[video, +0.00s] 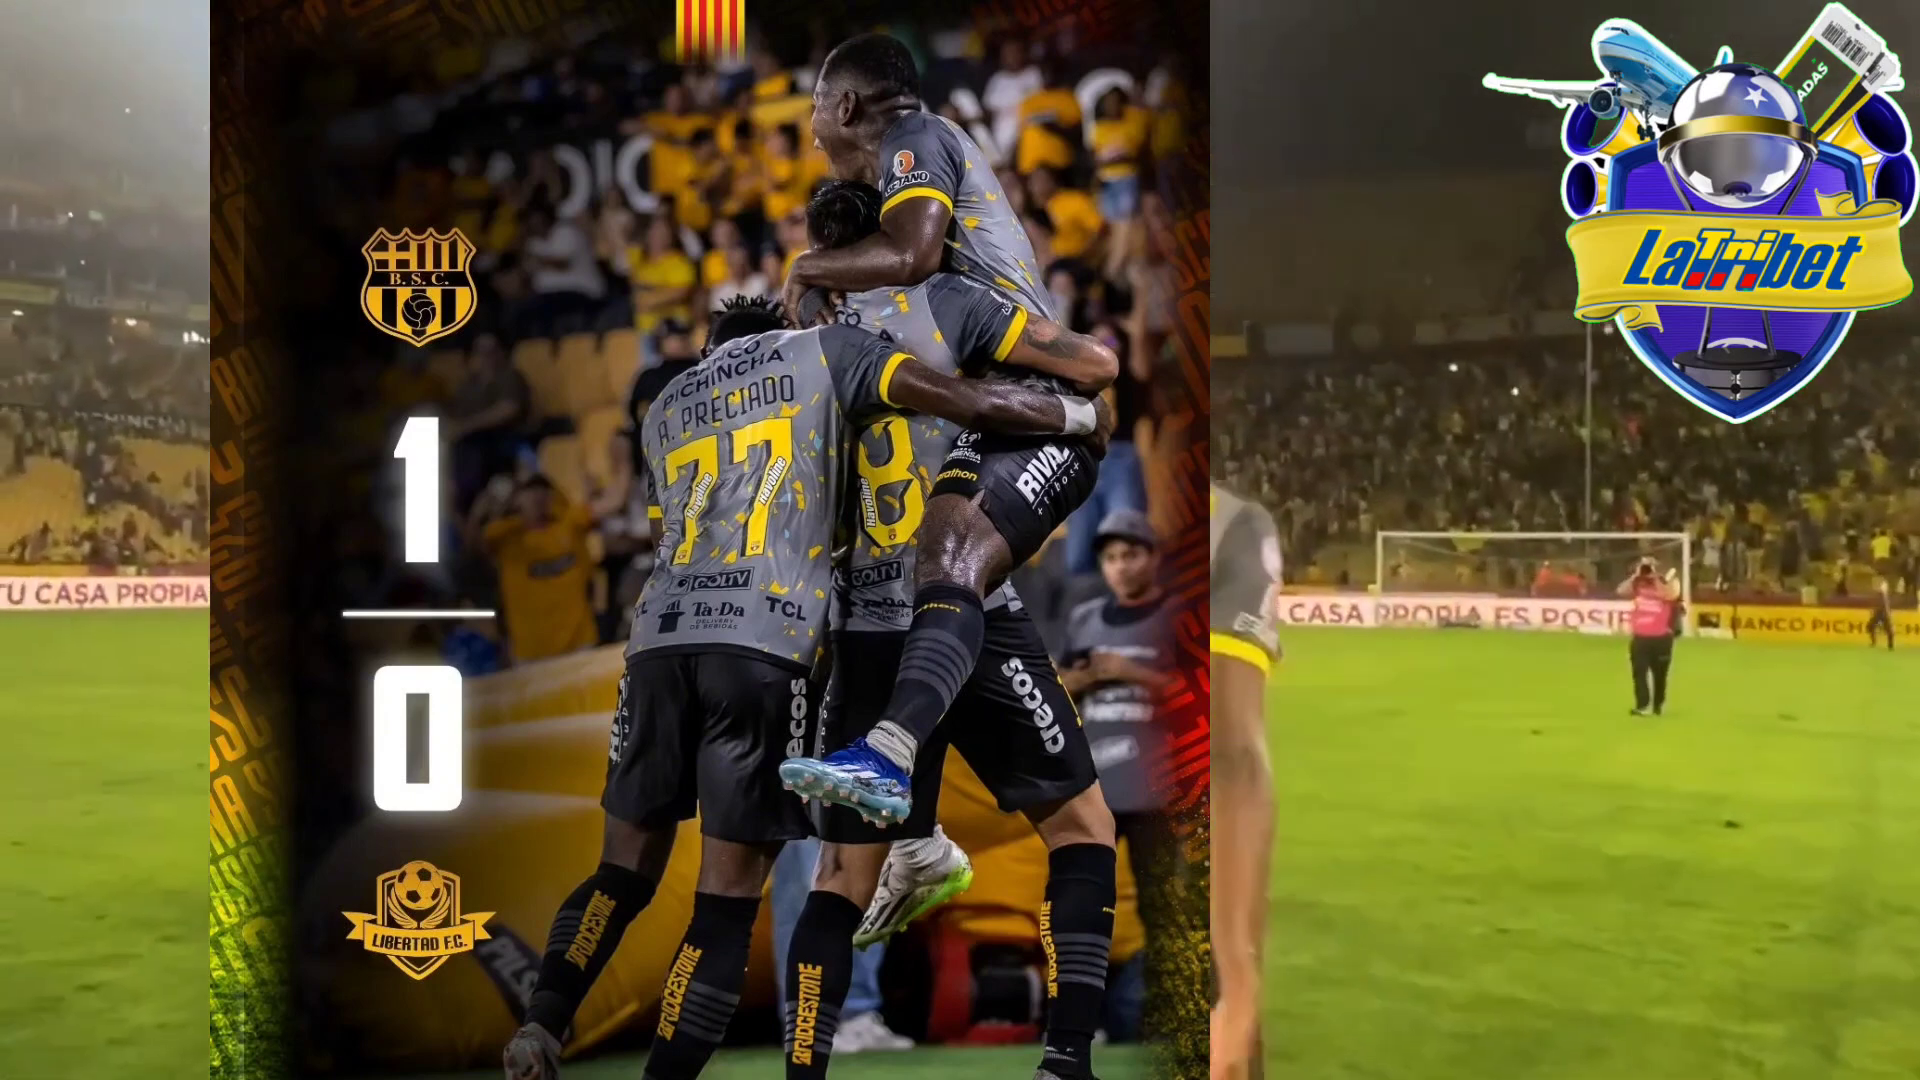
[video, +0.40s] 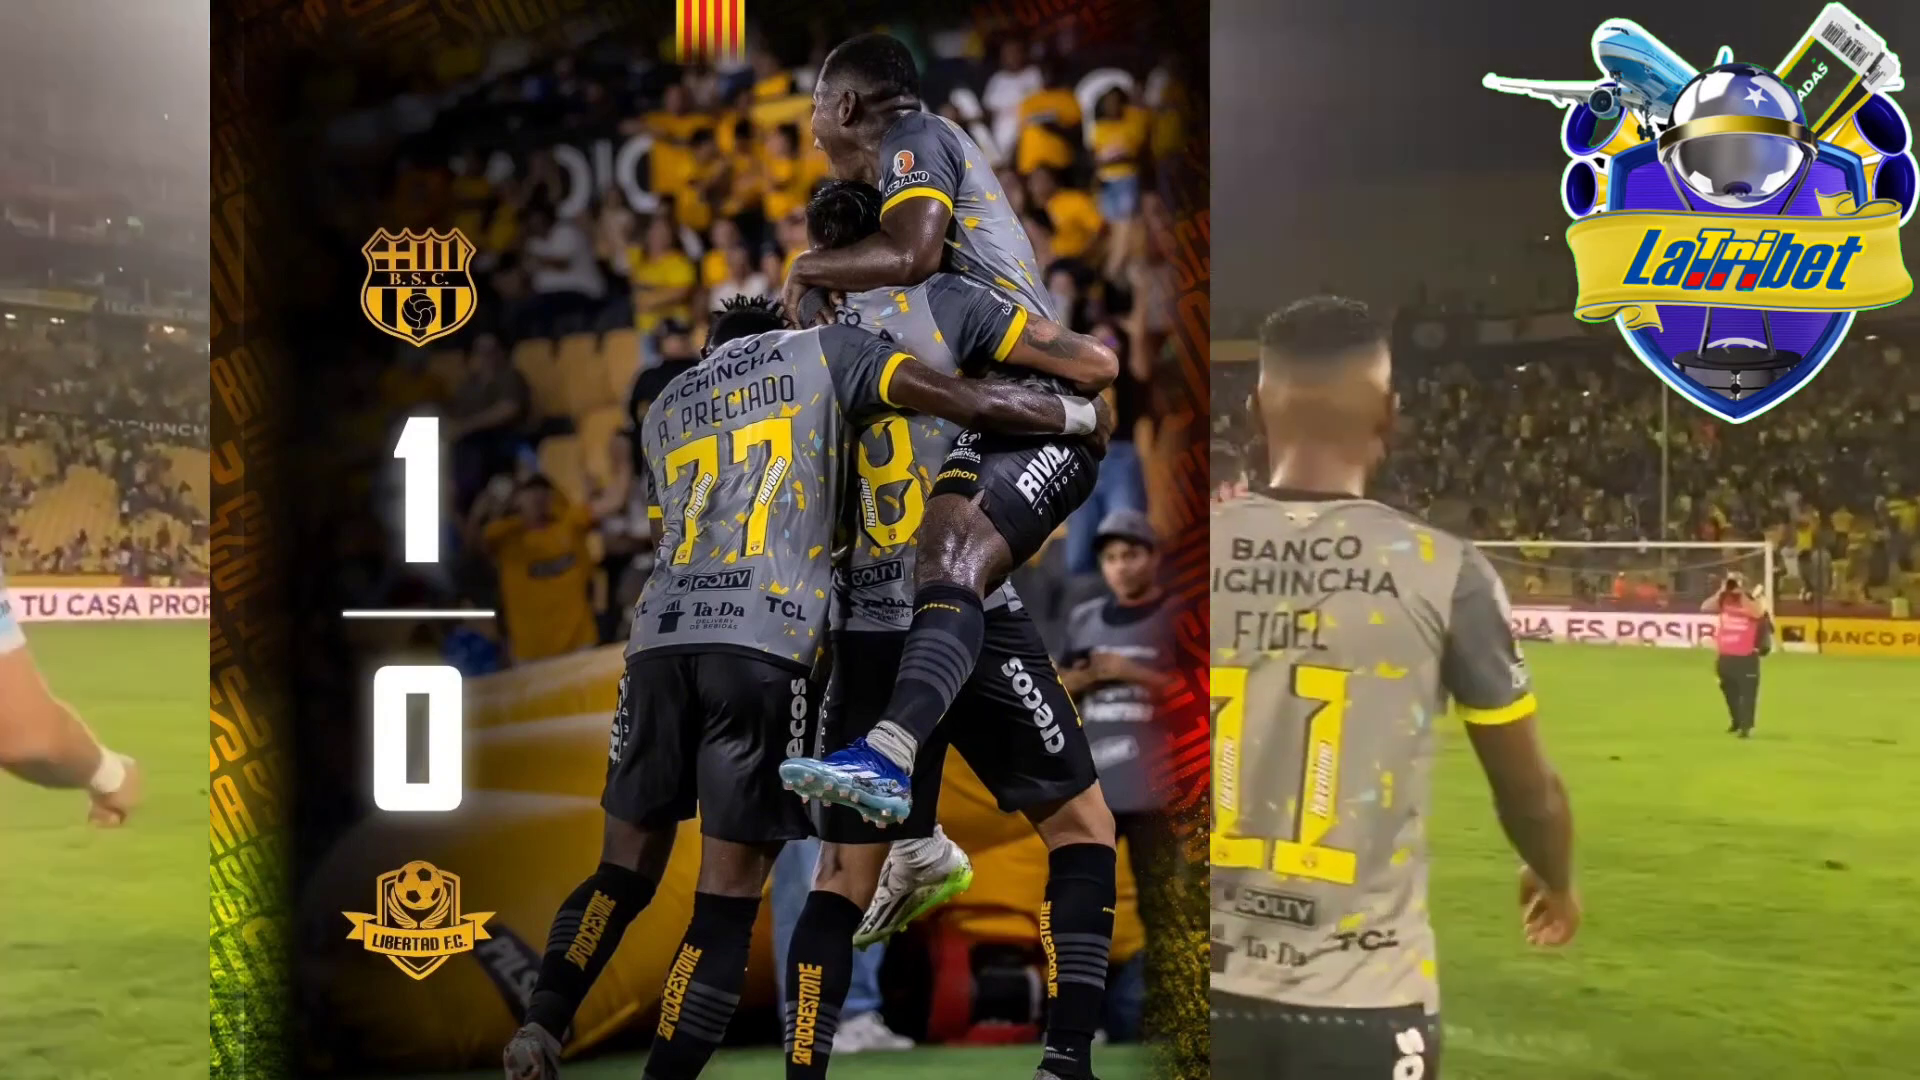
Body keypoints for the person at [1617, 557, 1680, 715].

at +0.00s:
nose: (1647, 574)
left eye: (1650, 570)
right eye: (1644, 571)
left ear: (1657, 570)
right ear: (1640, 573)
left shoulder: (1666, 585)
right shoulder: (1638, 585)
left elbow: (1671, 595)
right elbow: (1620, 591)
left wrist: (1656, 578)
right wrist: (1635, 576)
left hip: (1661, 635)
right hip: (1640, 634)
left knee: (1660, 674)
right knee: (1638, 673)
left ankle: (1657, 705)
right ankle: (1642, 705)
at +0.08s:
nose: (1669, 588)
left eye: (1672, 584)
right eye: (1666, 584)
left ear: (1679, 585)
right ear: (1662, 586)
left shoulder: (1687, 600)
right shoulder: (1661, 600)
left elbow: (1692, 611)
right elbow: (1643, 606)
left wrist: (1678, 594)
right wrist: (1657, 591)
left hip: (1683, 651)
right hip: (1663, 650)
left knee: (1683, 689)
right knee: (1658, 686)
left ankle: (1680, 720)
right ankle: (1665, 715)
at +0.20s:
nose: (1689, 600)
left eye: (1692, 596)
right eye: (1686, 596)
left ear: (1699, 597)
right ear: (1683, 598)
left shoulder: (1708, 612)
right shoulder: (1681, 612)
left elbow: (1714, 623)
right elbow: (1663, 618)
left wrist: (1699, 606)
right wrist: (1678, 603)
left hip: (1705, 663)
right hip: (1685, 662)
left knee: (1706, 701)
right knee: (1680, 697)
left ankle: (1702, 731)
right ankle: (1688, 722)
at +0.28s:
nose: (1706, 611)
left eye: (1709, 607)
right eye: (1703, 607)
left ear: (1716, 608)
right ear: (1700, 609)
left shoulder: (1724, 624)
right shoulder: (1698, 623)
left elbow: (1730, 634)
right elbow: (1678, 628)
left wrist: (1715, 617)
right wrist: (1694, 614)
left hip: (1720, 674)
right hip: (1700, 673)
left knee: (1721, 712)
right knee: (1697, 707)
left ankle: (1719, 742)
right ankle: (1706, 734)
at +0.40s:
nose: (1733, 590)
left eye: (1736, 586)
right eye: (1730, 587)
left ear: (1743, 587)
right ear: (1726, 589)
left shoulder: (1750, 603)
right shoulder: (1724, 602)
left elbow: (1757, 613)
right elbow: (1705, 608)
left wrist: (1742, 595)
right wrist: (1720, 593)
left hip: (1746, 654)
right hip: (1726, 654)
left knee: (1747, 692)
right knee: (1729, 691)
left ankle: (1745, 725)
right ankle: (1735, 720)